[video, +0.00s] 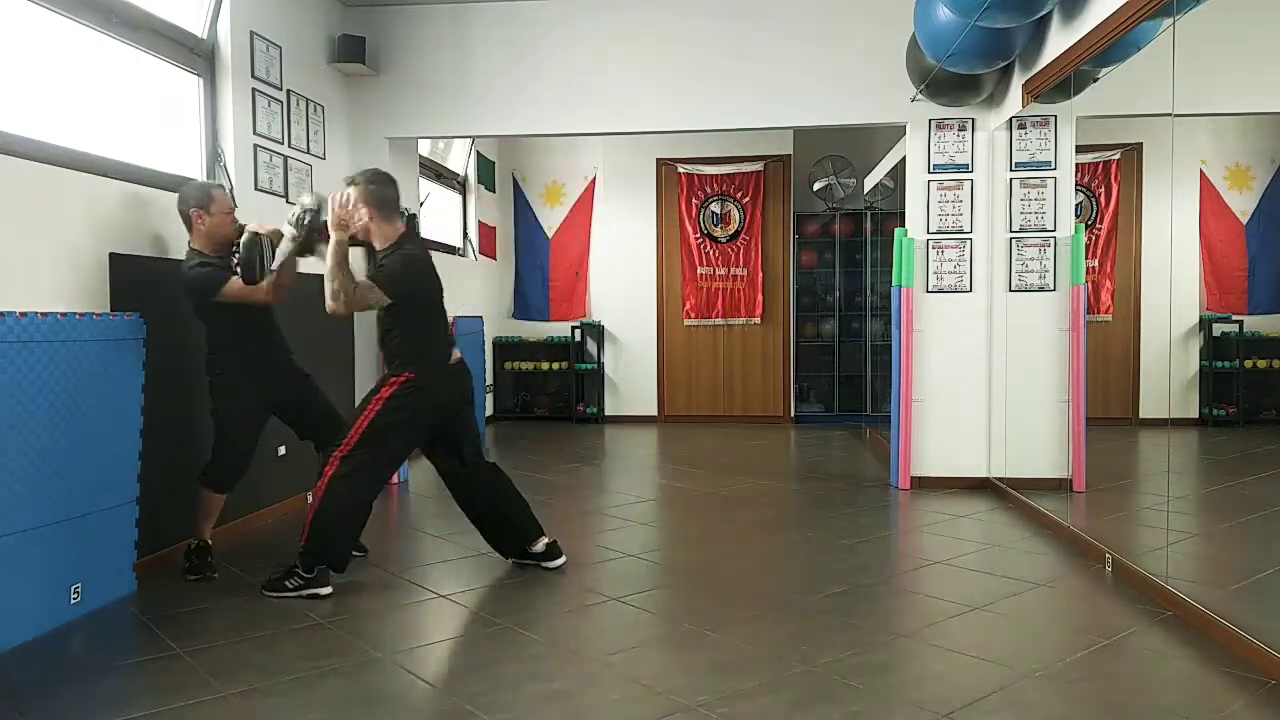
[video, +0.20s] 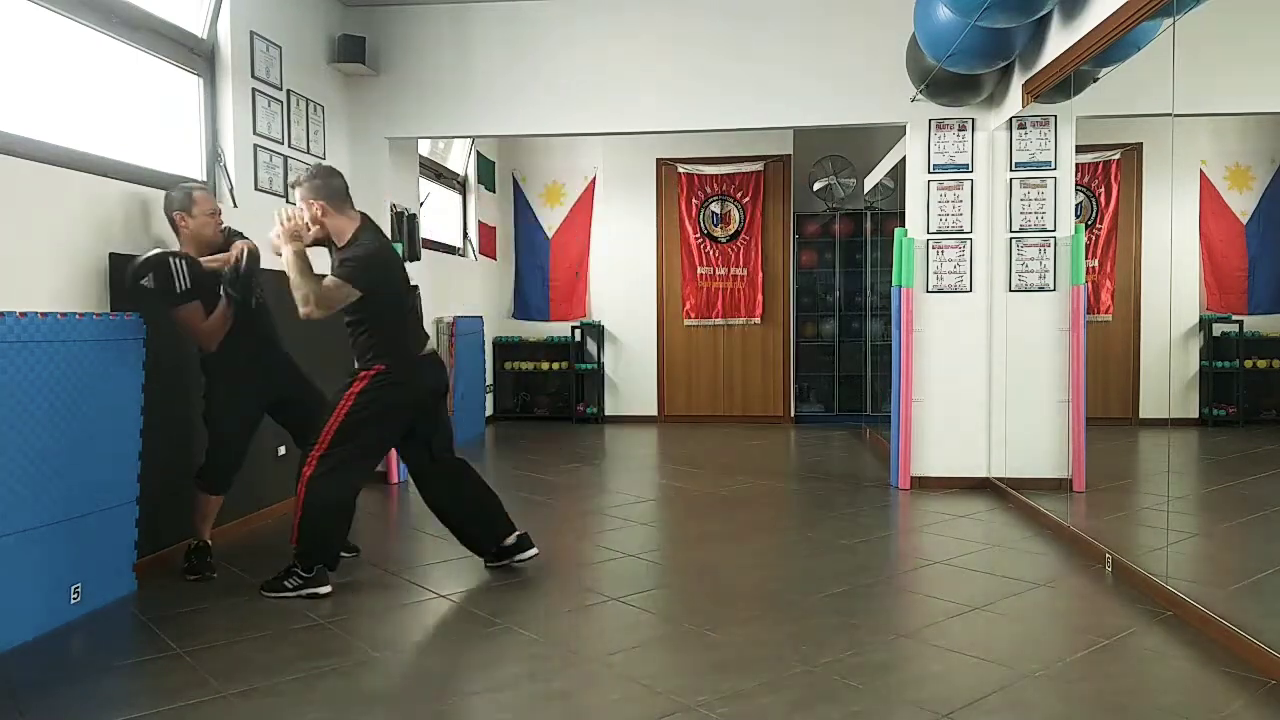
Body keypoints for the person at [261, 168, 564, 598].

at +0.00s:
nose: (348, 217)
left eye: (351, 209)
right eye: (348, 209)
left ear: (367, 213)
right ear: (390, 208)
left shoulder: (400, 263)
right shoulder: (408, 253)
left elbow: (338, 302)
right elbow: (358, 292)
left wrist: (338, 240)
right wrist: (339, 242)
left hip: (412, 384)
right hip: (446, 378)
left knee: (346, 467)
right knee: (467, 467)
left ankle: (313, 569)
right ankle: (534, 545)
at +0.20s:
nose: (299, 217)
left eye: (299, 209)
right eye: (297, 210)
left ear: (316, 208)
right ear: (341, 201)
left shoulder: (362, 254)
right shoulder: (366, 240)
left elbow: (310, 305)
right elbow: (315, 301)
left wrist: (293, 250)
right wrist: (292, 252)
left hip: (385, 377)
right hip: (419, 370)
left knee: (324, 469)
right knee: (436, 465)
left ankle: (311, 568)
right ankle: (504, 540)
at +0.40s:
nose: (322, 201)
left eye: (321, 192)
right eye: (320, 194)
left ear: (336, 189)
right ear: (362, 184)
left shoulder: (358, 243)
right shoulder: (399, 216)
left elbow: (285, 282)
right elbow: (363, 213)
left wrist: (286, 225)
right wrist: (321, 192)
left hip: (381, 371)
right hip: (422, 364)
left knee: (324, 465)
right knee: (424, 457)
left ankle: (309, 567)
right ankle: (488, 532)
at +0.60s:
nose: (379, 208)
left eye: (378, 198)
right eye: (376, 200)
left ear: (394, 192)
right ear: (417, 190)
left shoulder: (407, 246)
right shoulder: (456, 232)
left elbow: (340, 285)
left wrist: (341, 237)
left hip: (407, 378)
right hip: (452, 375)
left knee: (346, 469)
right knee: (422, 465)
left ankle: (308, 569)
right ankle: (469, 552)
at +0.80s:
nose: (444, 192)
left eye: (444, 184)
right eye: (442, 185)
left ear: (456, 180)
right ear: (486, 179)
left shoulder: (468, 227)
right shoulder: (516, 225)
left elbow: (390, 261)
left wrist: (392, 229)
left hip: (470, 360)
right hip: (506, 361)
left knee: (408, 457)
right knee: (468, 458)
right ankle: (474, 559)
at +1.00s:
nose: (496, 173)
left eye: (497, 165)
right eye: (496, 165)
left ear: (512, 161)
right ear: (540, 160)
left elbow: (483, 288)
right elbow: (582, 284)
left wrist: (474, 267)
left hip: (535, 346)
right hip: (575, 344)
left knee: (535, 454)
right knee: (531, 447)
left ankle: (582, 559)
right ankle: (524, 546)